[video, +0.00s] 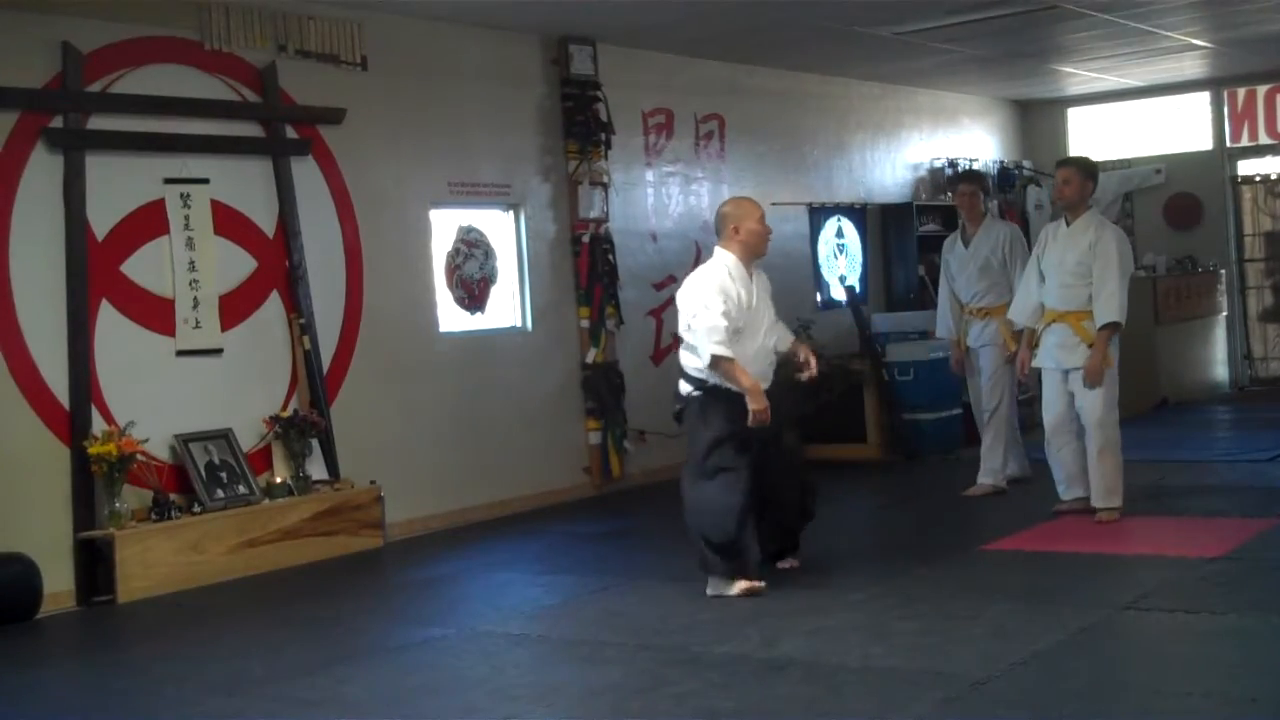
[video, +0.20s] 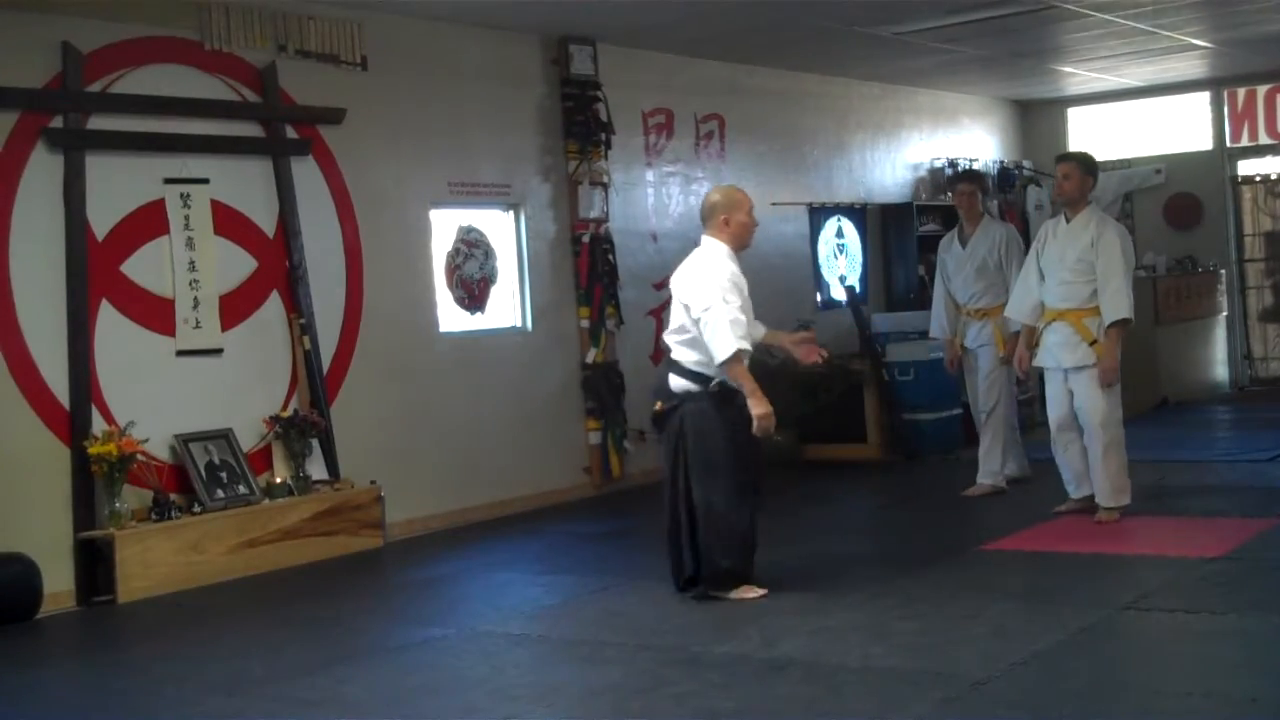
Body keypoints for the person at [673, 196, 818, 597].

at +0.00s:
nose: (769, 229)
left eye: (766, 222)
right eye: (762, 222)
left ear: (738, 231)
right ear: (737, 231)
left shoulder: (757, 279)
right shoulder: (707, 282)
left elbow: (768, 326)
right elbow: (713, 348)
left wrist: (796, 348)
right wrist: (750, 386)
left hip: (753, 395)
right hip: (712, 399)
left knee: (774, 472)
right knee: (722, 483)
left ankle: (776, 551)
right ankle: (722, 574)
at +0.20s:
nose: (755, 222)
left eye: (753, 215)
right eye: (749, 215)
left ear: (721, 222)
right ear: (727, 221)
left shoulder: (715, 263)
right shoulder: (713, 269)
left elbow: (740, 326)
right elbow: (723, 341)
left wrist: (785, 340)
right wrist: (753, 394)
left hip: (699, 394)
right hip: (705, 398)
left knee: (707, 489)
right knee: (721, 489)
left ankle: (704, 574)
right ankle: (723, 579)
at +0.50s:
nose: (709, 233)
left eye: (709, 225)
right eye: (708, 225)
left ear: (664, 226)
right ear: (694, 226)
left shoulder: (649, 267)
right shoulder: (683, 272)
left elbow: (689, 324)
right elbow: (680, 338)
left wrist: (734, 300)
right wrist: (694, 393)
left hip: (630, 388)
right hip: (665, 391)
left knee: (640, 496)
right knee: (710, 487)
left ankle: (633, 597)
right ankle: (716, 581)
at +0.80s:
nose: (669, 219)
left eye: (666, 211)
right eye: (668, 211)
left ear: (624, 216)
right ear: (658, 215)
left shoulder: (600, 262)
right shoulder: (658, 268)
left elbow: (636, 315)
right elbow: (693, 335)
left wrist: (691, 298)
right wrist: (739, 394)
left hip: (591, 394)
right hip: (638, 400)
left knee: (604, 506)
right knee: (678, 501)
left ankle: (602, 607)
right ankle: (659, 607)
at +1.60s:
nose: (619, 222)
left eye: (618, 213)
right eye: (619, 214)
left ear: (564, 215)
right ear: (609, 217)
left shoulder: (525, 269)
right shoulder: (612, 275)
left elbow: (558, 313)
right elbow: (667, 359)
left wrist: (626, 290)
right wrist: (720, 392)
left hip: (528, 415)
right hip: (592, 414)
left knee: (543, 543)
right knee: (611, 533)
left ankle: (561, 669)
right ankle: (627, 651)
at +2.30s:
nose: (646, 216)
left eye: (644, 207)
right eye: (645, 209)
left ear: (590, 210)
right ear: (635, 212)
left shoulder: (551, 261)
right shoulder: (648, 269)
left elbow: (539, 322)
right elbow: (714, 338)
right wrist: (736, 349)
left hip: (550, 406)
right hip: (616, 409)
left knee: (554, 537)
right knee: (641, 533)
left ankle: (558, 666)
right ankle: (654, 653)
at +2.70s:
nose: (667, 222)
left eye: (666, 215)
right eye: (667, 214)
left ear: (608, 211)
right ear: (657, 212)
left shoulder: (564, 263)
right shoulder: (669, 267)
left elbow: (550, 331)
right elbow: (736, 332)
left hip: (567, 394)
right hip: (634, 394)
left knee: (569, 533)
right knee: (650, 529)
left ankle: (563, 669)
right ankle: (659, 657)